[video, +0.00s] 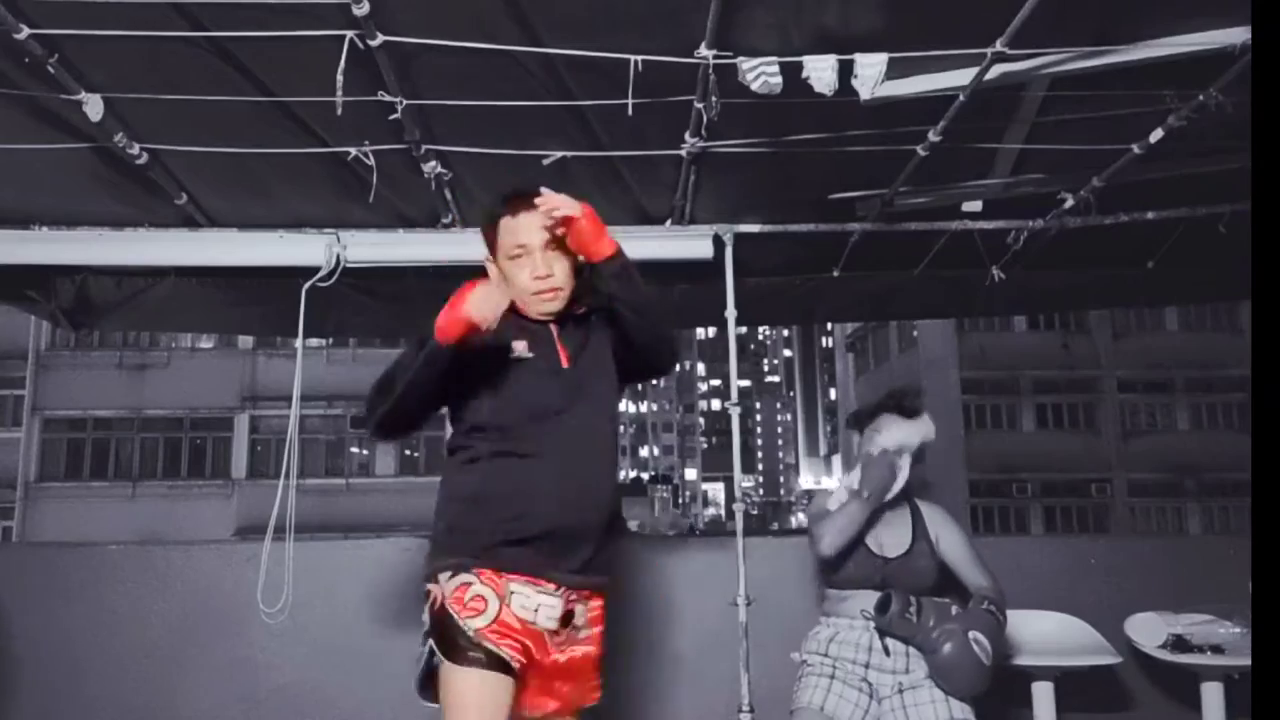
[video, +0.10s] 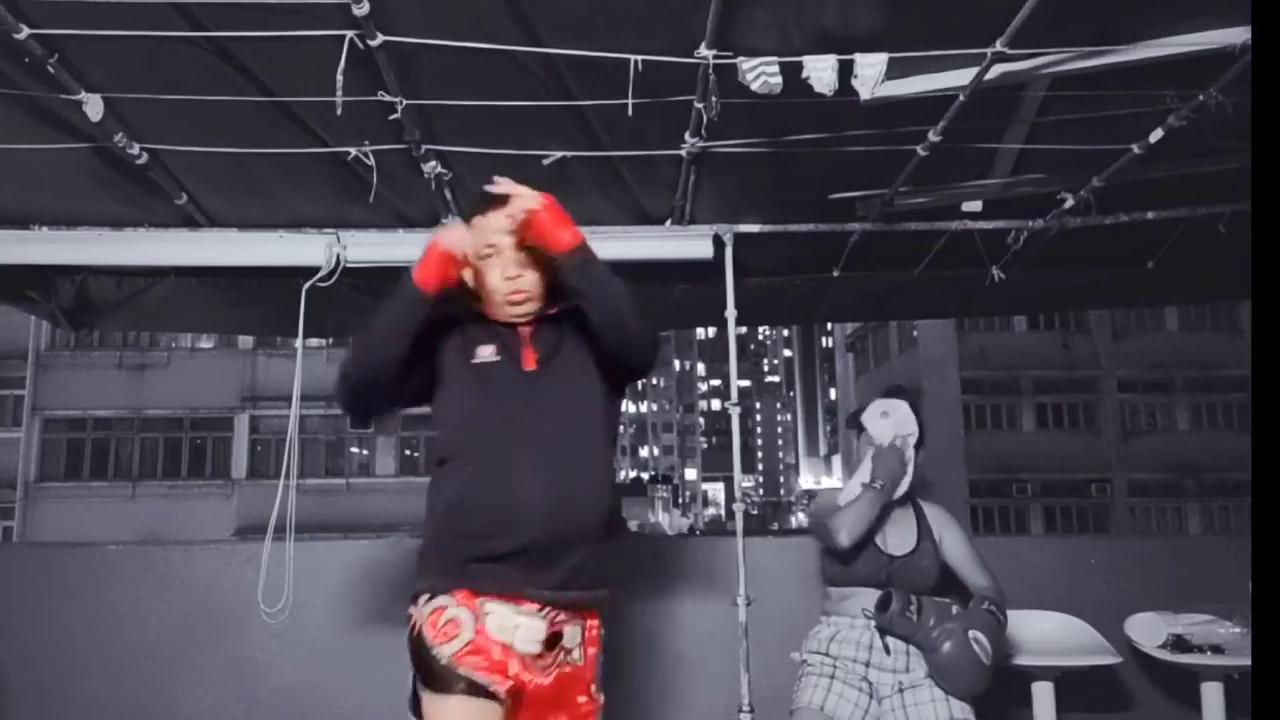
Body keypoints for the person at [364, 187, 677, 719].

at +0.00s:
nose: (542, 269)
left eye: (554, 248)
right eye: (520, 255)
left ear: (577, 255)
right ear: (494, 269)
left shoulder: (603, 335)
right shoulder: (475, 337)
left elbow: (661, 352)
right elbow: (384, 421)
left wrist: (605, 254)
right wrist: (447, 333)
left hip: (580, 589)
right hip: (485, 578)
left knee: (556, 711)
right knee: (476, 711)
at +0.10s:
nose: (512, 275)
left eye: (526, 258)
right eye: (491, 260)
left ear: (553, 264)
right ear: (469, 273)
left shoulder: (590, 333)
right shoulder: (446, 340)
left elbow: (639, 353)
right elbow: (360, 396)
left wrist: (569, 245)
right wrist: (425, 281)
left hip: (573, 605)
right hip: (466, 600)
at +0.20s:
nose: (482, 263)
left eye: (496, 246)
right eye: (461, 250)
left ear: (521, 256)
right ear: (432, 264)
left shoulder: (564, 319)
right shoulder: (414, 339)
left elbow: (615, 331)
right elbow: (337, 340)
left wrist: (530, 217)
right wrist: (411, 232)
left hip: (573, 603)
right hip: (456, 608)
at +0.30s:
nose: (445, 256)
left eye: (463, 234)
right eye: (426, 237)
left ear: (489, 244)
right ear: (399, 252)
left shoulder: (540, 308)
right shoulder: (384, 339)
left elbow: (616, 299)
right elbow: (310, 327)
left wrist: (533, 192)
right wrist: (388, 220)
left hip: (566, 537)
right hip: (463, 580)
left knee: (605, 463)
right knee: (454, 707)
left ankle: (588, 712)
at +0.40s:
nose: (432, 261)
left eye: (449, 240)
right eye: (411, 245)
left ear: (479, 247)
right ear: (387, 261)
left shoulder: (518, 299)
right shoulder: (378, 346)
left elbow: (608, 304)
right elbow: (296, 349)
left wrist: (531, 180)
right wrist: (360, 235)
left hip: (557, 505)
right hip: (466, 573)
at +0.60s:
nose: (415, 239)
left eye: (435, 218)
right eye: (394, 226)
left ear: (470, 235)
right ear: (376, 250)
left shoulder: (521, 287)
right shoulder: (370, 345)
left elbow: (589, 280)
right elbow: (286, 338)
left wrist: (500, 160)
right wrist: (341, 216)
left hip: (558, 518)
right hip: (451, 566)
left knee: (541, 441)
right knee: (441, 706)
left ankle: (528, 712)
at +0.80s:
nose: (456, 204)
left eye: (475, 190)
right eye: (437, 189)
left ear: (500, 207)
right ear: (406, 208)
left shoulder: (547, 270)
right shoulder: (378, 309)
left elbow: (623, 274)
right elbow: (295, 313)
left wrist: (532, 155)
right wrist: (380, 182)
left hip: (559, 526)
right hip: (438, 577)